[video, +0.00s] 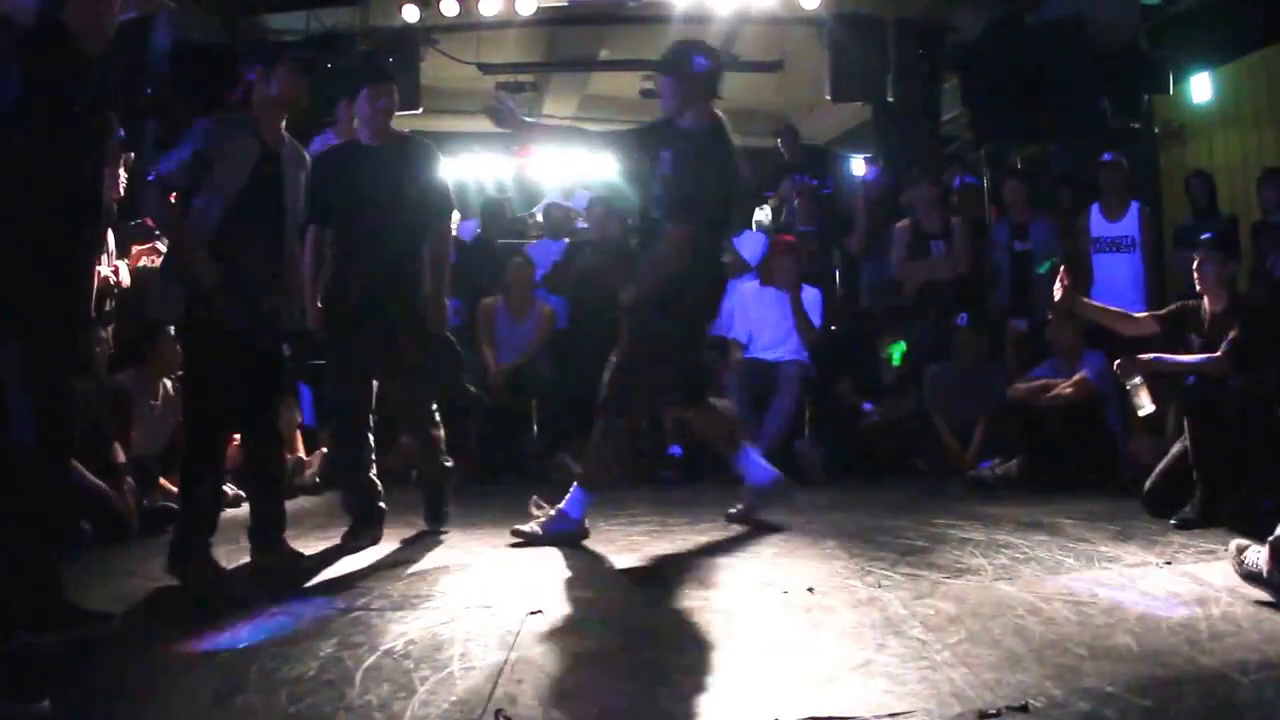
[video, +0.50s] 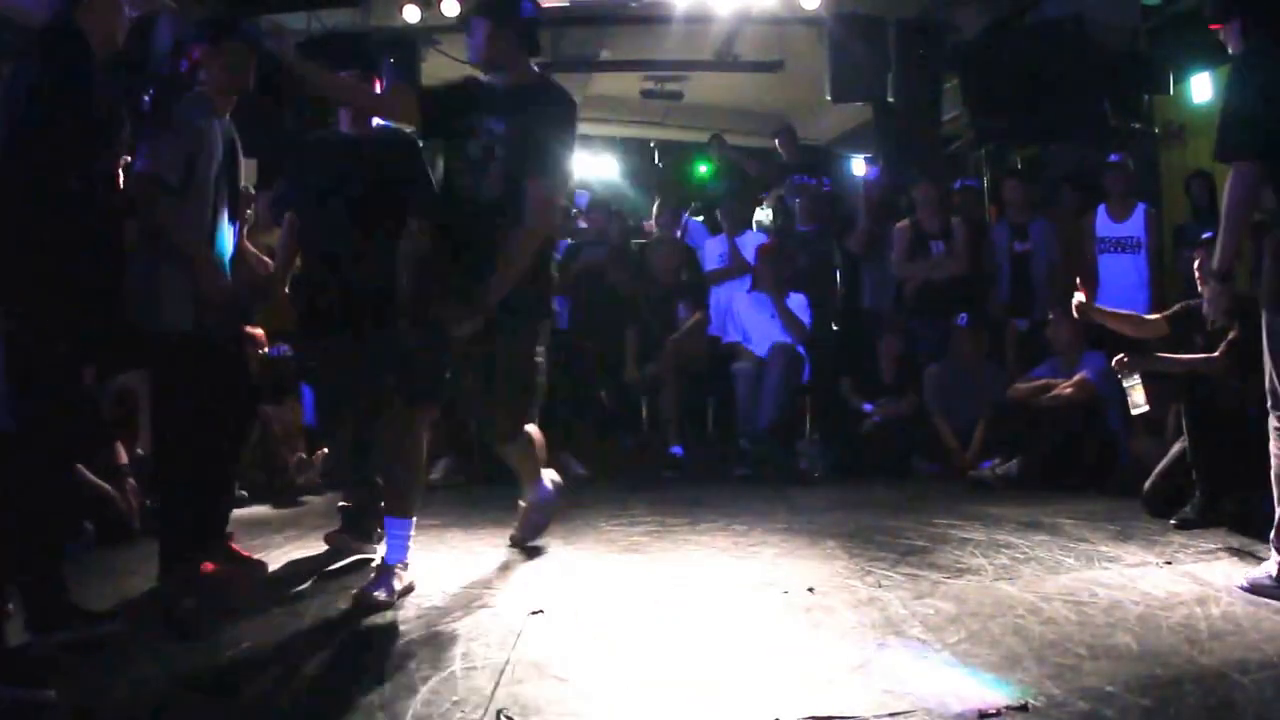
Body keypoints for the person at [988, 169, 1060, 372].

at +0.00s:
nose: (1012, 196)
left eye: (1016, 190)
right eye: (1008, 190)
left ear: (1026, 192)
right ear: (1003, 194)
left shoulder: (1043, 225)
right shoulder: (999, 229)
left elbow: (1053, 260)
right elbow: (995, 265)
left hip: (1039, 295)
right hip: (1009, 296)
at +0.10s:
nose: (1012, 195)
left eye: (1017, 189)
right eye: (1008, 190)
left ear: (1026, 192)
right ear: (1003, 194)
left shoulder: (1042, 225)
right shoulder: (999, 229)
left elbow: (1055, 261)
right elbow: (994, 266)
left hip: (1039, 298)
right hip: (1008, 298)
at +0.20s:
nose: (1013, 196)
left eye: (1016, 190)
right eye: (1008, 191)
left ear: (1025, 193)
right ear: (1002, 196)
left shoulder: (1042, 226)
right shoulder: (997, 230)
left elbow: (1054, 264)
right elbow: (993, 270)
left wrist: (1053, 302)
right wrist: (994, 304)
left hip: (1039, 304)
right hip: (1008, 306)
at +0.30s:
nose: (1014, 196)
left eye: (1018, 190)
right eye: (1009, 191)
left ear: (1026, 193)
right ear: (1003, 196)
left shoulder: (1042, 225)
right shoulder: (998, 229)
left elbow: (1053, 260)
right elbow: (994, 266)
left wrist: (1053, 292)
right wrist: (995, 298)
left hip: (1038, 293)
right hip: (1009, 296)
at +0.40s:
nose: (1013, 196)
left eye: (1017, 190)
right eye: (1009, 191)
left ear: (1026, 193)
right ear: (1002, 195)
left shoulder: (1042, 227)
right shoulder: (998, 230)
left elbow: (1054, 264)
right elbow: (994, 269)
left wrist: (1053, 299)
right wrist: (995, 302)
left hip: (1039, 300)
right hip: (1008, 303)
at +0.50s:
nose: (1013, 197)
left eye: (1017, 190)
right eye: (1009, 191)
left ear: (1026, 194)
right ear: (1002, 196)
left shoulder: (1043, 228)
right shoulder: (998, 231)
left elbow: (1053, 265)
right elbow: (994, 269)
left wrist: (1051, 300)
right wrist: (995, 302)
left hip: (1038, 302)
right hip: (1008, 305)